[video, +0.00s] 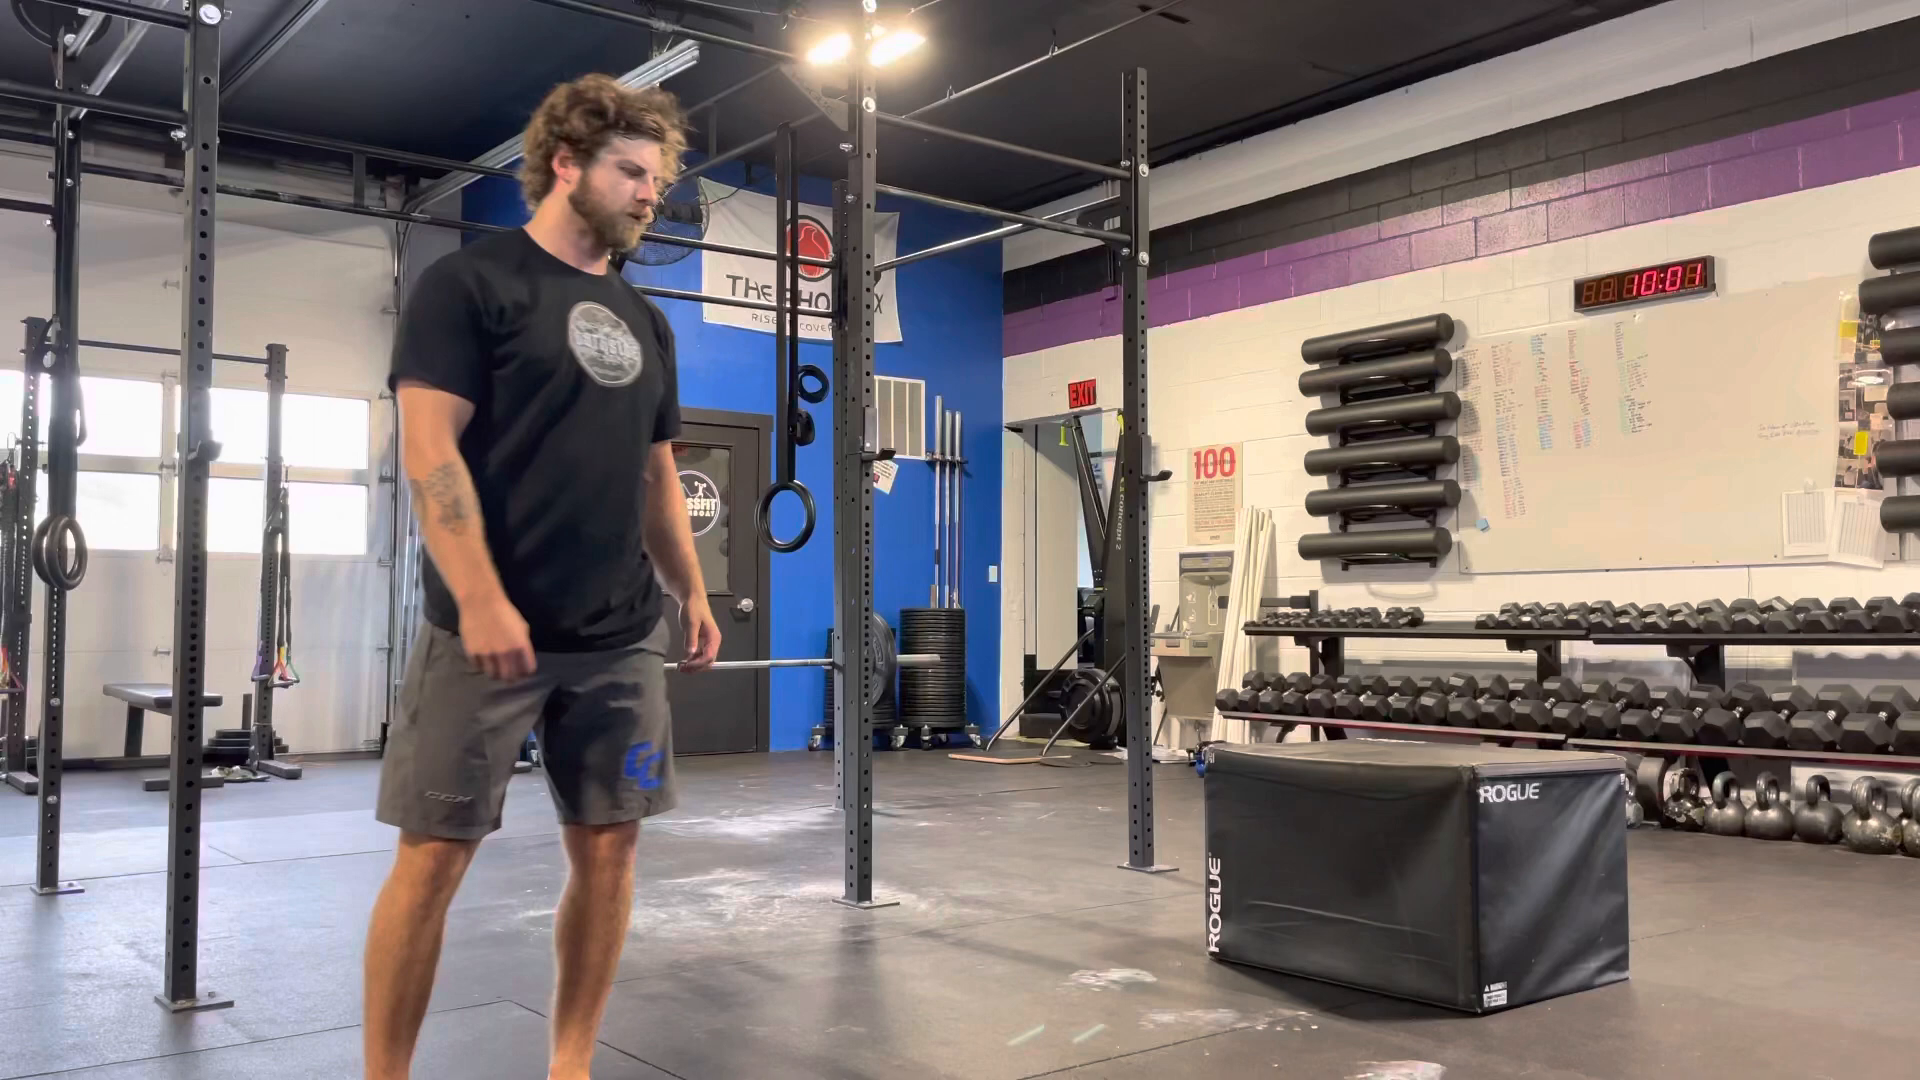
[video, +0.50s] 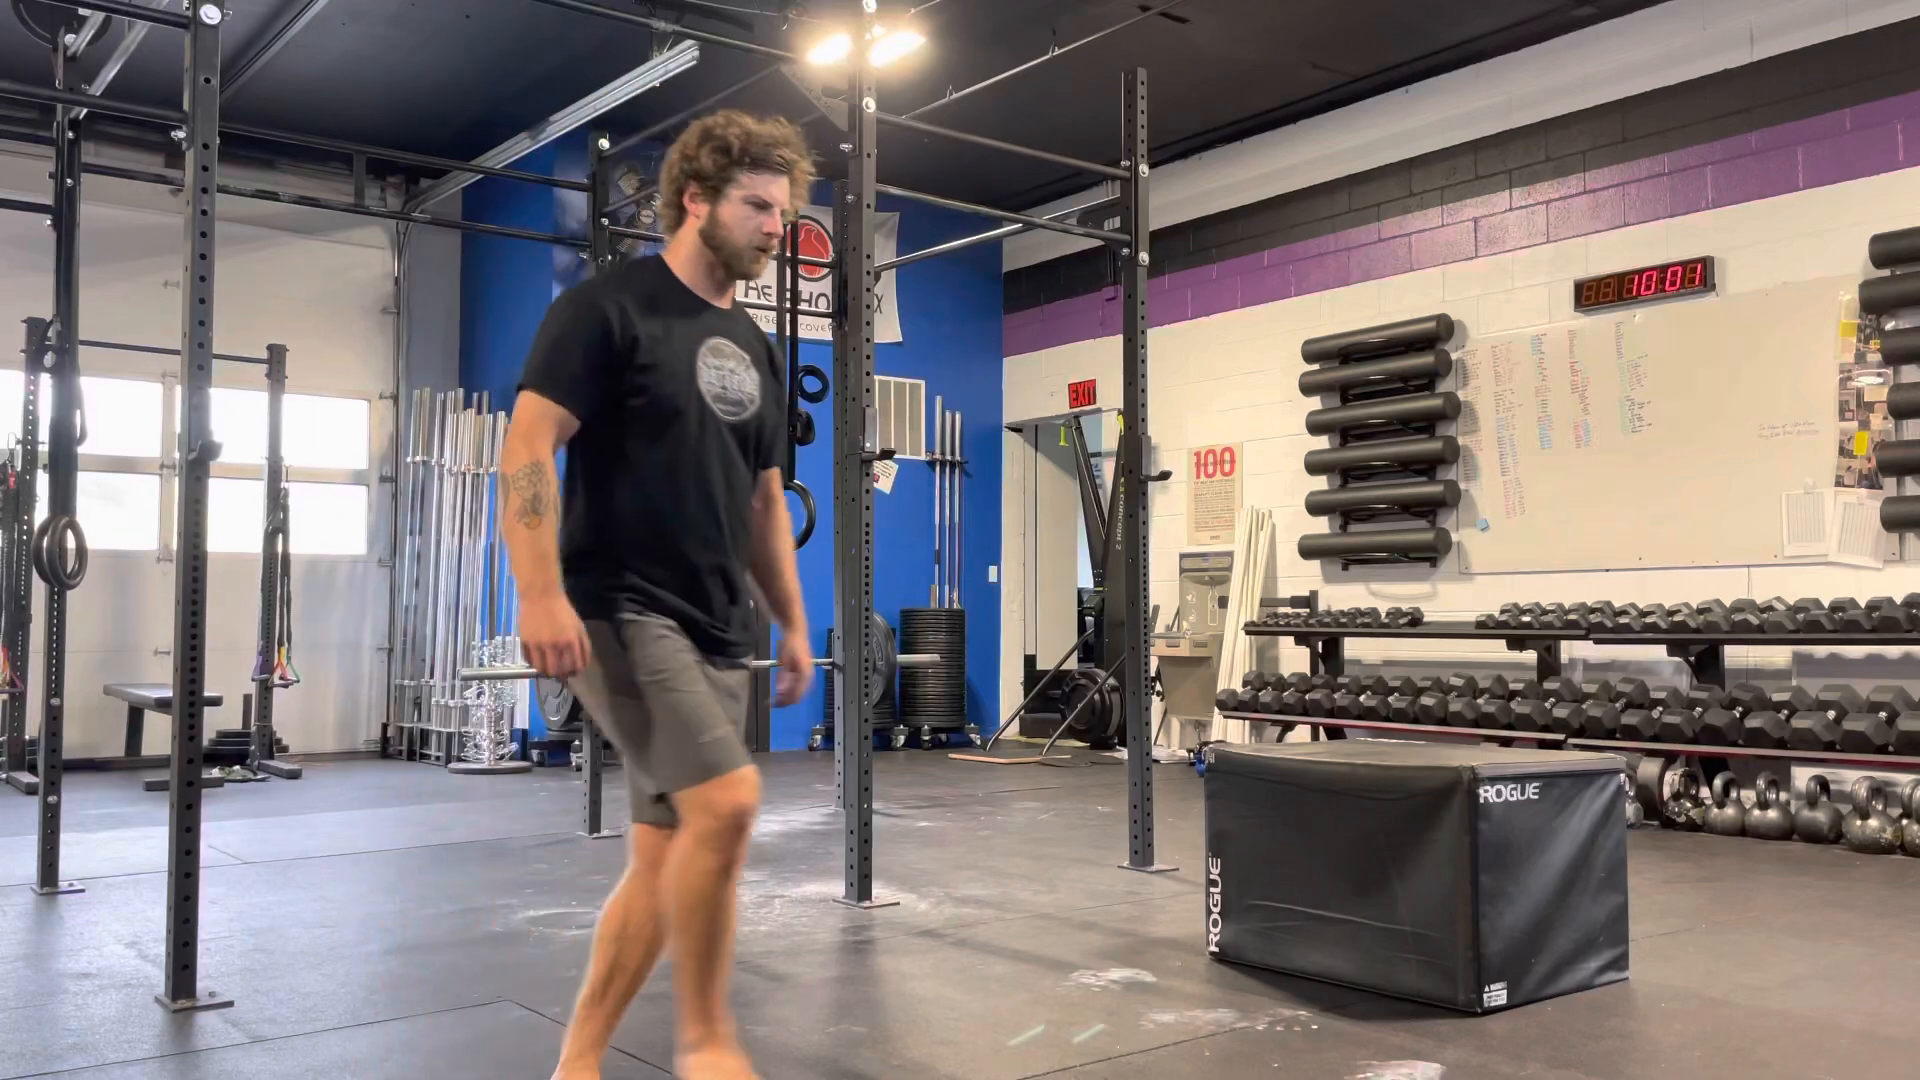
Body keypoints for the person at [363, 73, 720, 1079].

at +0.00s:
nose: (651, 193)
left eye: (660, 179)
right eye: (634, 171)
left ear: (660, 189)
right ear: (566, 165)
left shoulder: (641, 319)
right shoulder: (467, 279)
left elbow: (657, 467)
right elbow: (427, 451)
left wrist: (691, 590)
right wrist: (479, 598)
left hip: (617, 629)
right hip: (488, 625)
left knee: (609, 845)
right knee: (435, 854)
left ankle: (571, 1061)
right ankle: (385, 1071)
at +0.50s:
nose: (776, 226)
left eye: (783, 211)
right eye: (758, 205)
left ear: (779, 220)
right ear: (695, 202)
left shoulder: (756, 348)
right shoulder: (604, 306)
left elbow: (766, 495)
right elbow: (524, 450)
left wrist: (793, 620)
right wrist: (538, 595)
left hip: (723, 621)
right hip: (623, 605)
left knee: (661, 861)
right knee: (726, 798)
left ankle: (578, 1058)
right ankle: (706, 1043)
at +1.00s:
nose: (1028, 481)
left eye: (1034, 464)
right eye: (1010, 462)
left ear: (1039, 466)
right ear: (946, 463)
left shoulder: (1016, 577)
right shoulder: (858, 524)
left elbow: (1069, 678)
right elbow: (701, 545)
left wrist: (1088, 714)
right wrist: (598, 662)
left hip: (853, 792)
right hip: (791, 777)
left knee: (853, 1007)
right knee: (1001, 848)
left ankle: (619, 1040)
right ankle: (948, 1052)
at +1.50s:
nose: (1287, 248)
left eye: (1289, 234)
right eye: (1286, 233)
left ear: (1201, 221)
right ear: (1261, 226)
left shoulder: (1147, 281)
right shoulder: (1239, 287)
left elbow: (1067, 351)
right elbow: (1331, 394)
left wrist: (1139, 398)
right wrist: (1406, 372)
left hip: (1122, 526)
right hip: (1124, 535)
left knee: (1263, 563)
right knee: (1081, 743)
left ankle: (1180, 711)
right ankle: (986, 965)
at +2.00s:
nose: (1469, 238)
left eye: (1468, 231)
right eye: (1468, 230)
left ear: (1384, 227)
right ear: (1455, 225)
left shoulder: (1337, 275)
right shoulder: (1471, 265)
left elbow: (1268, 390)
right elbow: (1501, 399)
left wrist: (1295, 487)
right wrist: (1504, 497)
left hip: (1312, 457)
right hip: (1403, 460)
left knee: (1395, 582)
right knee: (1457, 634)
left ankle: (1412, 738)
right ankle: (1332, 717)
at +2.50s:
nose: (1543, 151)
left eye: (1546, 142)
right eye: (1545, 141)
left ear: (1466, 123)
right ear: (1530, 131)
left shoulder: (1386, 186)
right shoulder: (1531, 188)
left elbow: (1330, 290)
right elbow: (1547, 318)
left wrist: (1321, 392)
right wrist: (1551, 427)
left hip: (1365, 391)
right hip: (1456, 391)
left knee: (1404, 560)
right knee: (1486, 568)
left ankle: (1407, 736)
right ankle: (1455, 740)